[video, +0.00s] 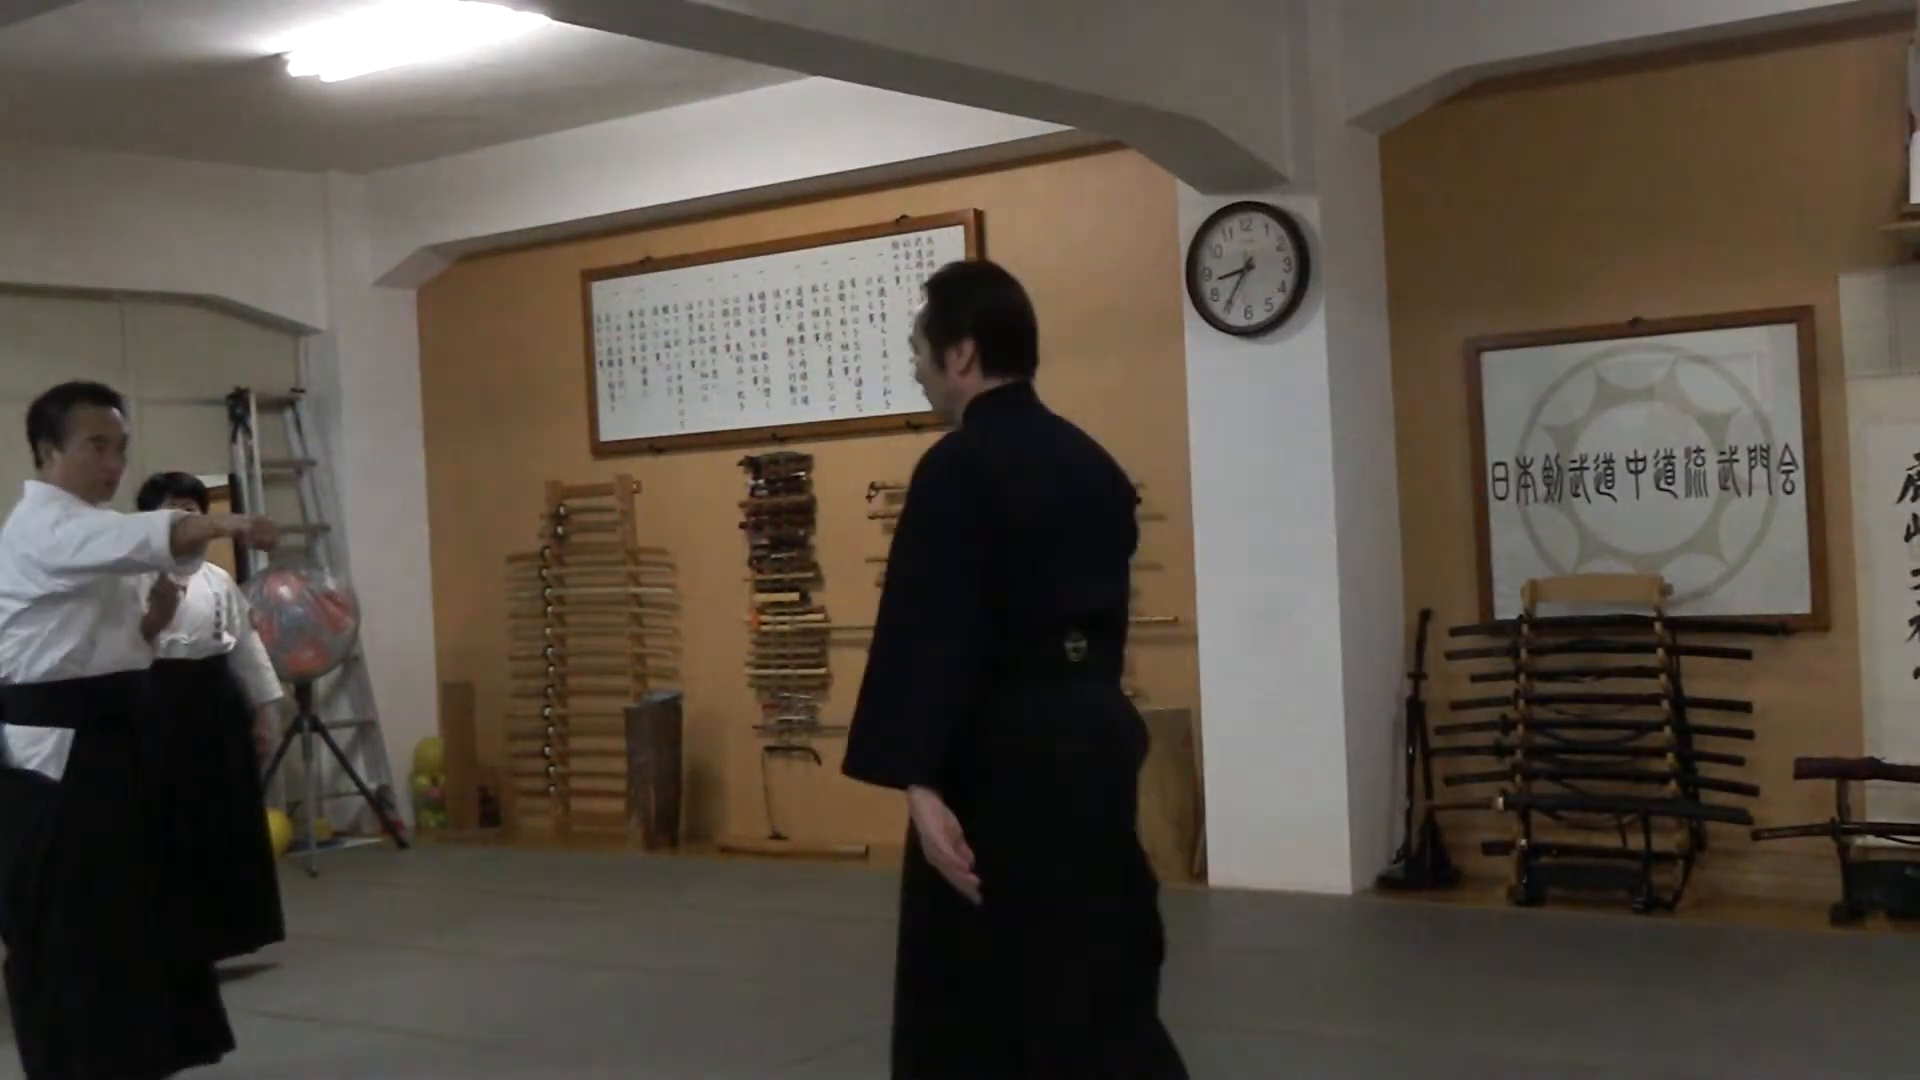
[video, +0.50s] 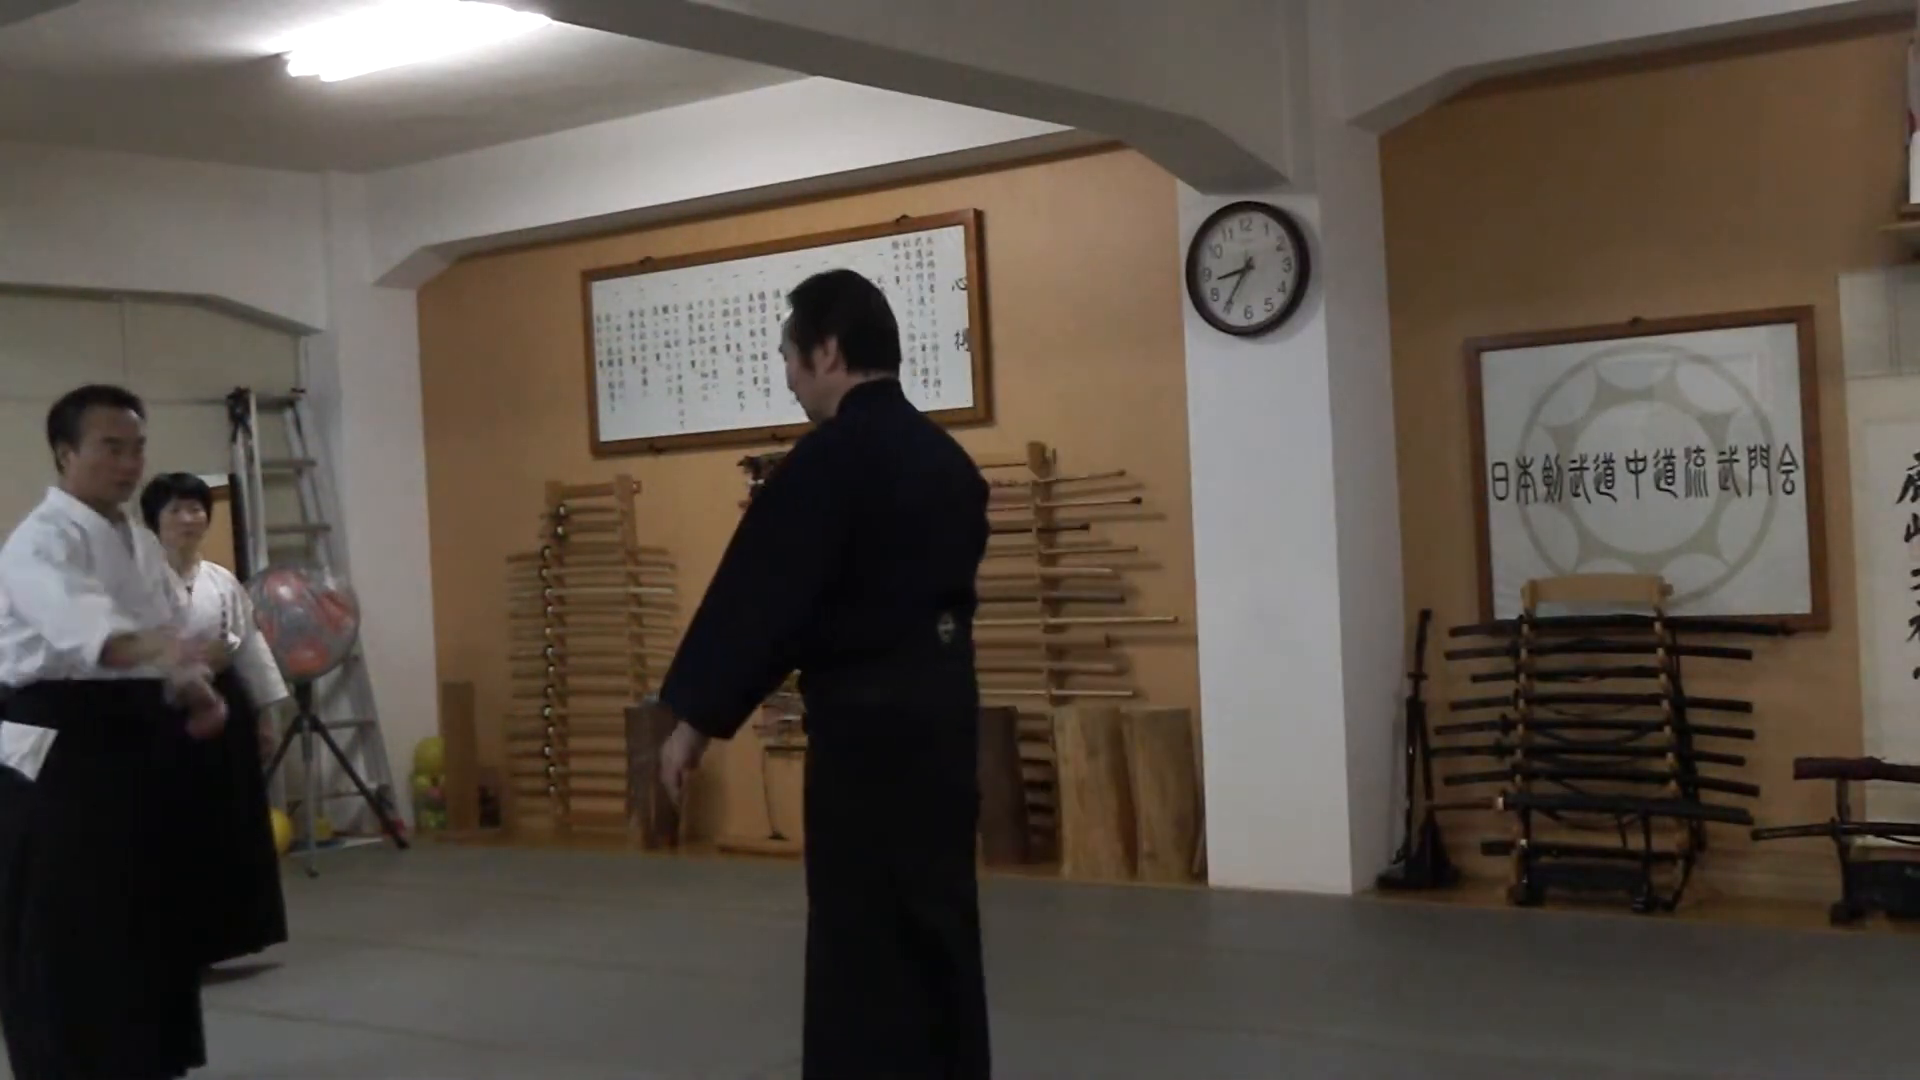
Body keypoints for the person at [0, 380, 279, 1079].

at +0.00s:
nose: (116, 461)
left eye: (121, 447)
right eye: (99, 445)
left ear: (122, 452)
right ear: (49, 451)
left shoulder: (91, 528)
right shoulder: (40, 523)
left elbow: (127, 637)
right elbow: (135, 536)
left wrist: (164, 593)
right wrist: (227, 526)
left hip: (104, 731)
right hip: (49, 739)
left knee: (120, 909)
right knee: (69, 923)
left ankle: (128, 1057)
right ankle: (79, 1062)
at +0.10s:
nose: (118, 460)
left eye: (123, 446)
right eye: (100, 444)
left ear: (124, 452)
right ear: (51, 451)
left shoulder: (86, 528)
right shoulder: (42, 523)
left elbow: (101, 648)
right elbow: (132, 541)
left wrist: (154, 621)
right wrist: (224, 529)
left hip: (100, 737)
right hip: (49, 746)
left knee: (117, 912)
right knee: (68, 926)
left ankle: (129, 1058)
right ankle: (80, 1062)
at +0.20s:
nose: (119, 460)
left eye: (124, 446)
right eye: (102, 444)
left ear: (124, 451)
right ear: (52, 451)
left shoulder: (85, 528)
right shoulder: (42, 523)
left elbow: (107, 650)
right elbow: (134, 541)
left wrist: (158, 620)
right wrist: (227, 529)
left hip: (102, 736)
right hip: (51, 745)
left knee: (120, 913)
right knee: (72, 925)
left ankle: (132, 1058)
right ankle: (82, 1062)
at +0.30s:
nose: (121, 460)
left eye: (125, 446)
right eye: (104, 444)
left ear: (126, 452)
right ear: (54, 451)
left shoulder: (87, 529)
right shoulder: (43, 523)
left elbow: (101, 652)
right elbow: (133, 544)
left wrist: (156, 630)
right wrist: (227, 531)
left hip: (104, 734)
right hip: (51, 742)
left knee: (122, 913)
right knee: (71, 924)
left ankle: (133, 1058)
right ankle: (81, 1062)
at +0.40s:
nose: (126, 461)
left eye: (132, 447)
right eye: (108, 446)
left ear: (135, 451)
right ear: (61, 452)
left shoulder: (103, 535)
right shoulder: (42, 531)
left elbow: (110, 659)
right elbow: (121, 572)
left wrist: (168, 654)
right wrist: (211, 564)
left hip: (109, 743)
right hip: (51, 752)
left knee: (126, 922)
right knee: (71, 932)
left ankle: (135, 1058)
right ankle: (80, 1061)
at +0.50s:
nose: (130, 462)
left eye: (138, 447)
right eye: (112, 447)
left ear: (145, 454)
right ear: (64, 454)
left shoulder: (141, 542)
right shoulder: (38, 543)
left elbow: (169, 631)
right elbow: (93, 637)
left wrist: (192, 684)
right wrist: (172, 652)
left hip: (133, 752)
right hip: (54, 762)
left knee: (144, 924)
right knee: (68, 937)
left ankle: (147, 1059)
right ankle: (78, 1066)